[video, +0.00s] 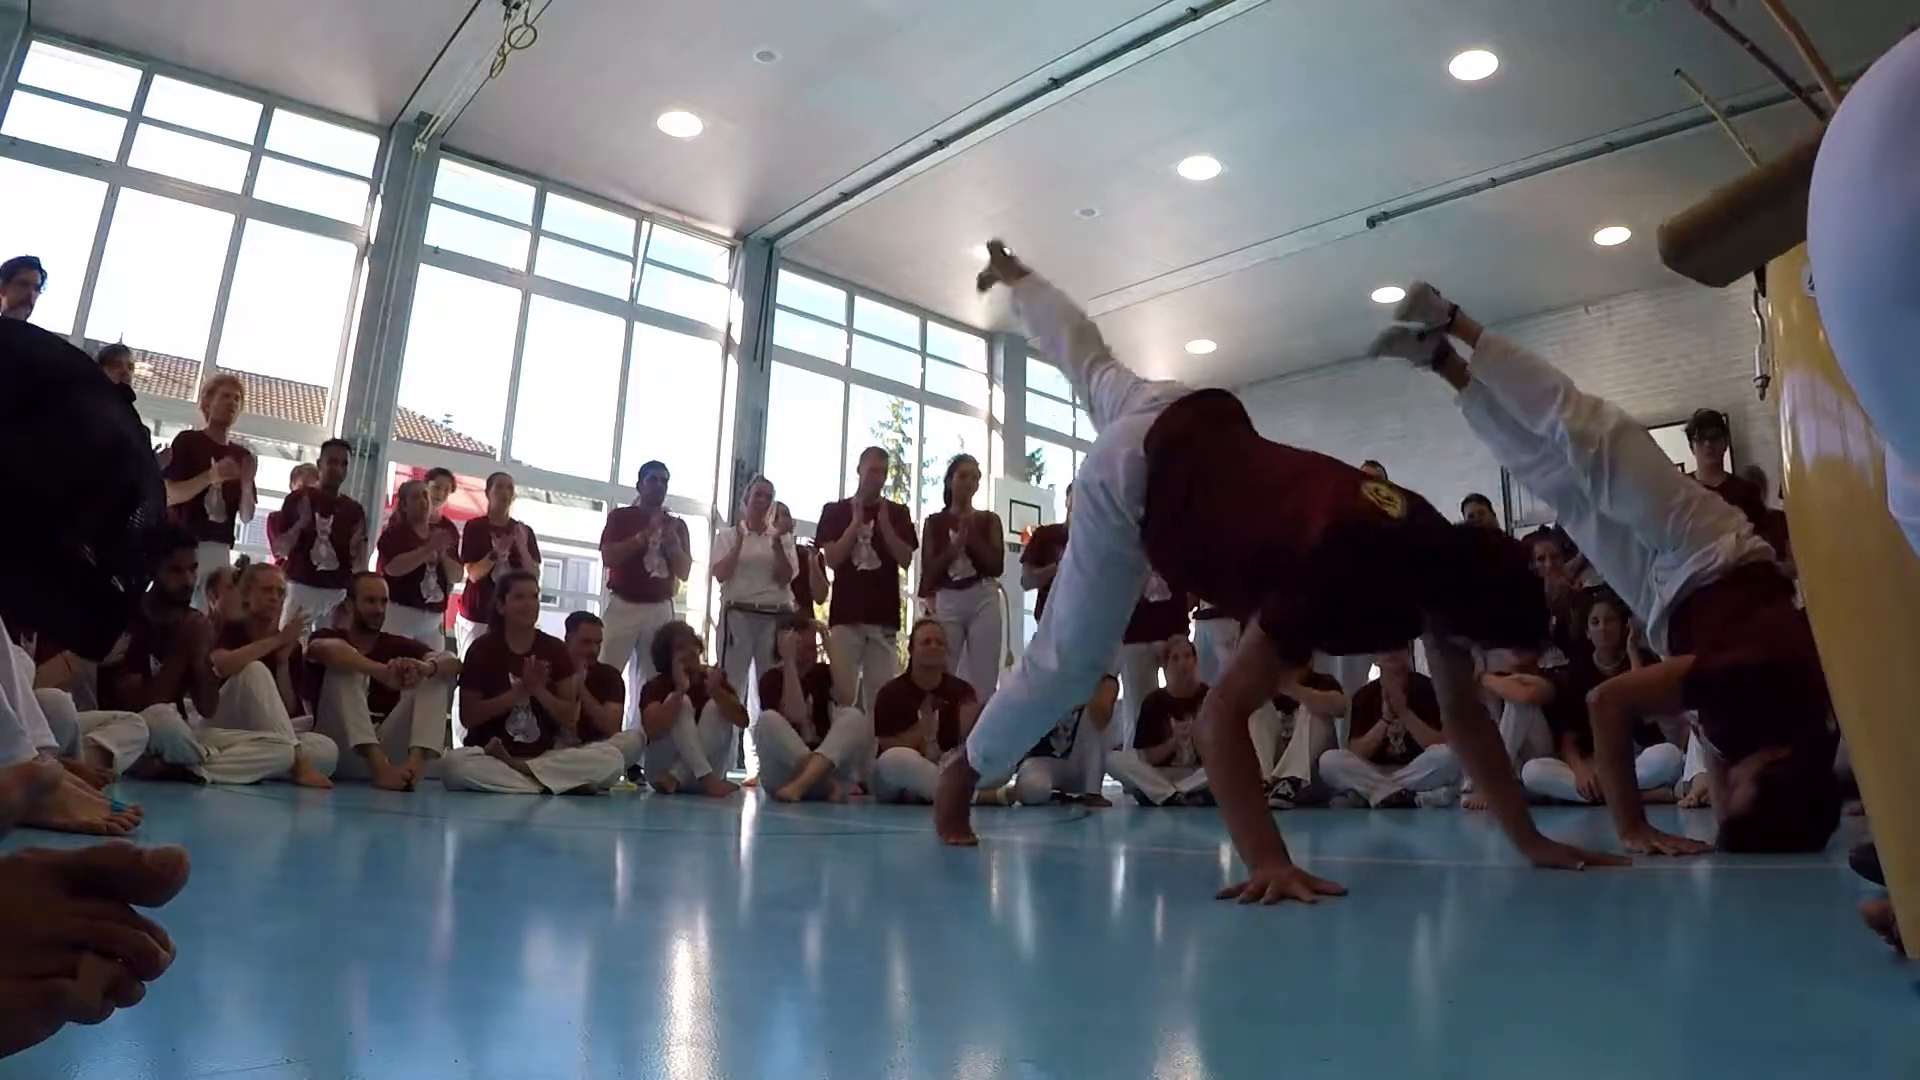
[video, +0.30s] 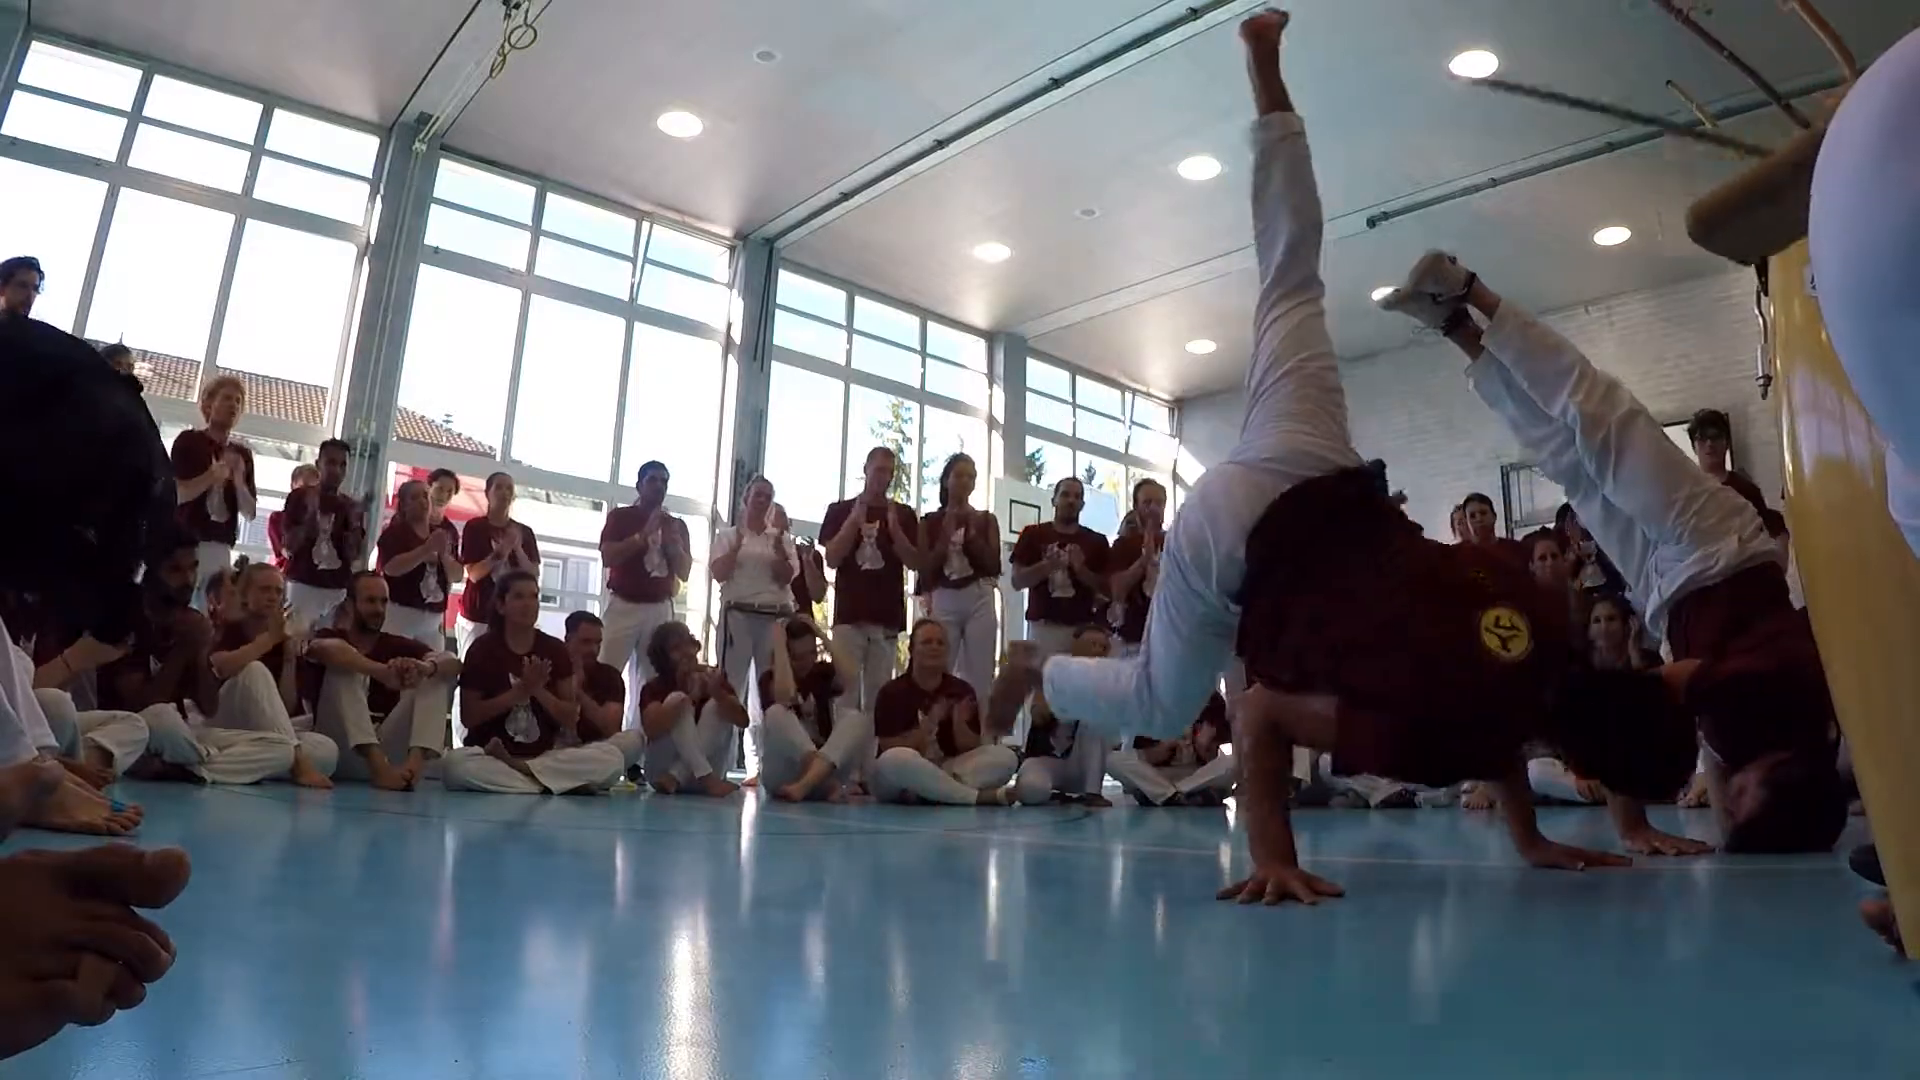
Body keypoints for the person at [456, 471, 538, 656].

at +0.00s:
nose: (505, 492)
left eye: (509, 488)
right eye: (499, 487)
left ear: (514, 494)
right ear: (488, 493)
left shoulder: (524, 531)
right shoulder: (474, 527)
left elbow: (534, 573)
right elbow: (473, 574)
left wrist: (522, 548)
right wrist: (496, 553)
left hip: (510, 619)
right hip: (475, 615)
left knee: (504, 681)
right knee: (471, 679)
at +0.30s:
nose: (504, 493)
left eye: (509, 489)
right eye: (499, 488)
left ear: (513, 495)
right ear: (487, 493)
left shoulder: (524, 532)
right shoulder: (474, 527)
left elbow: (533, 573)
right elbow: (473, 574)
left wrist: (517, 549)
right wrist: (498, 554)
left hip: (511, 620)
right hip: (475, 616)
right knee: (471, 679)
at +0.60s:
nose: (504, 493)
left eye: (508, 489)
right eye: (498, 488)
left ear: (513, 495)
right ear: (487, 493)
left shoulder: (524, 532)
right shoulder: (474, 527)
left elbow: (534, 574)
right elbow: (474, 574)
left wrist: (518, 549)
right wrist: (499, 552)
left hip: (510, 619)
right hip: (475, 616)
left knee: (504, 680)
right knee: (472, 679)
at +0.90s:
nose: (505, 493)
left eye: (509, 489)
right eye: (499, 488)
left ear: (513, 495)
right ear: (488, 492)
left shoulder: (524, 533)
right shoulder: (473, 527)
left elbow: (533, 574)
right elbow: (473, 575)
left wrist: (514, 554)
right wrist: (497, 553)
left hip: (511, 619)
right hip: (475, 616)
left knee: (505, 682)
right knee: (472, 679)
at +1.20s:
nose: (505, 493)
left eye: (509, 489)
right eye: (499, 488)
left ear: (513, 495)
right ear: (488, 492)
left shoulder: (524, 532)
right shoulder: (474, 527)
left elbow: (533, 574)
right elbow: (474, 575)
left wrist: (518, 549)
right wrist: (494, 553)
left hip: (511, 619)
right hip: (475, 616)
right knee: (471, 680)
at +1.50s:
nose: (504, 493)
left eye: (509, 488)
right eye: (499, 488)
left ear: (514, 495)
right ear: (488, 493)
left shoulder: (524, 532)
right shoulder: (474, 527)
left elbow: (533, 575)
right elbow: (473, 575)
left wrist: (519, 548)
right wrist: (495, 554)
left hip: (510, 621)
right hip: (474, 617)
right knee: (472, 678)